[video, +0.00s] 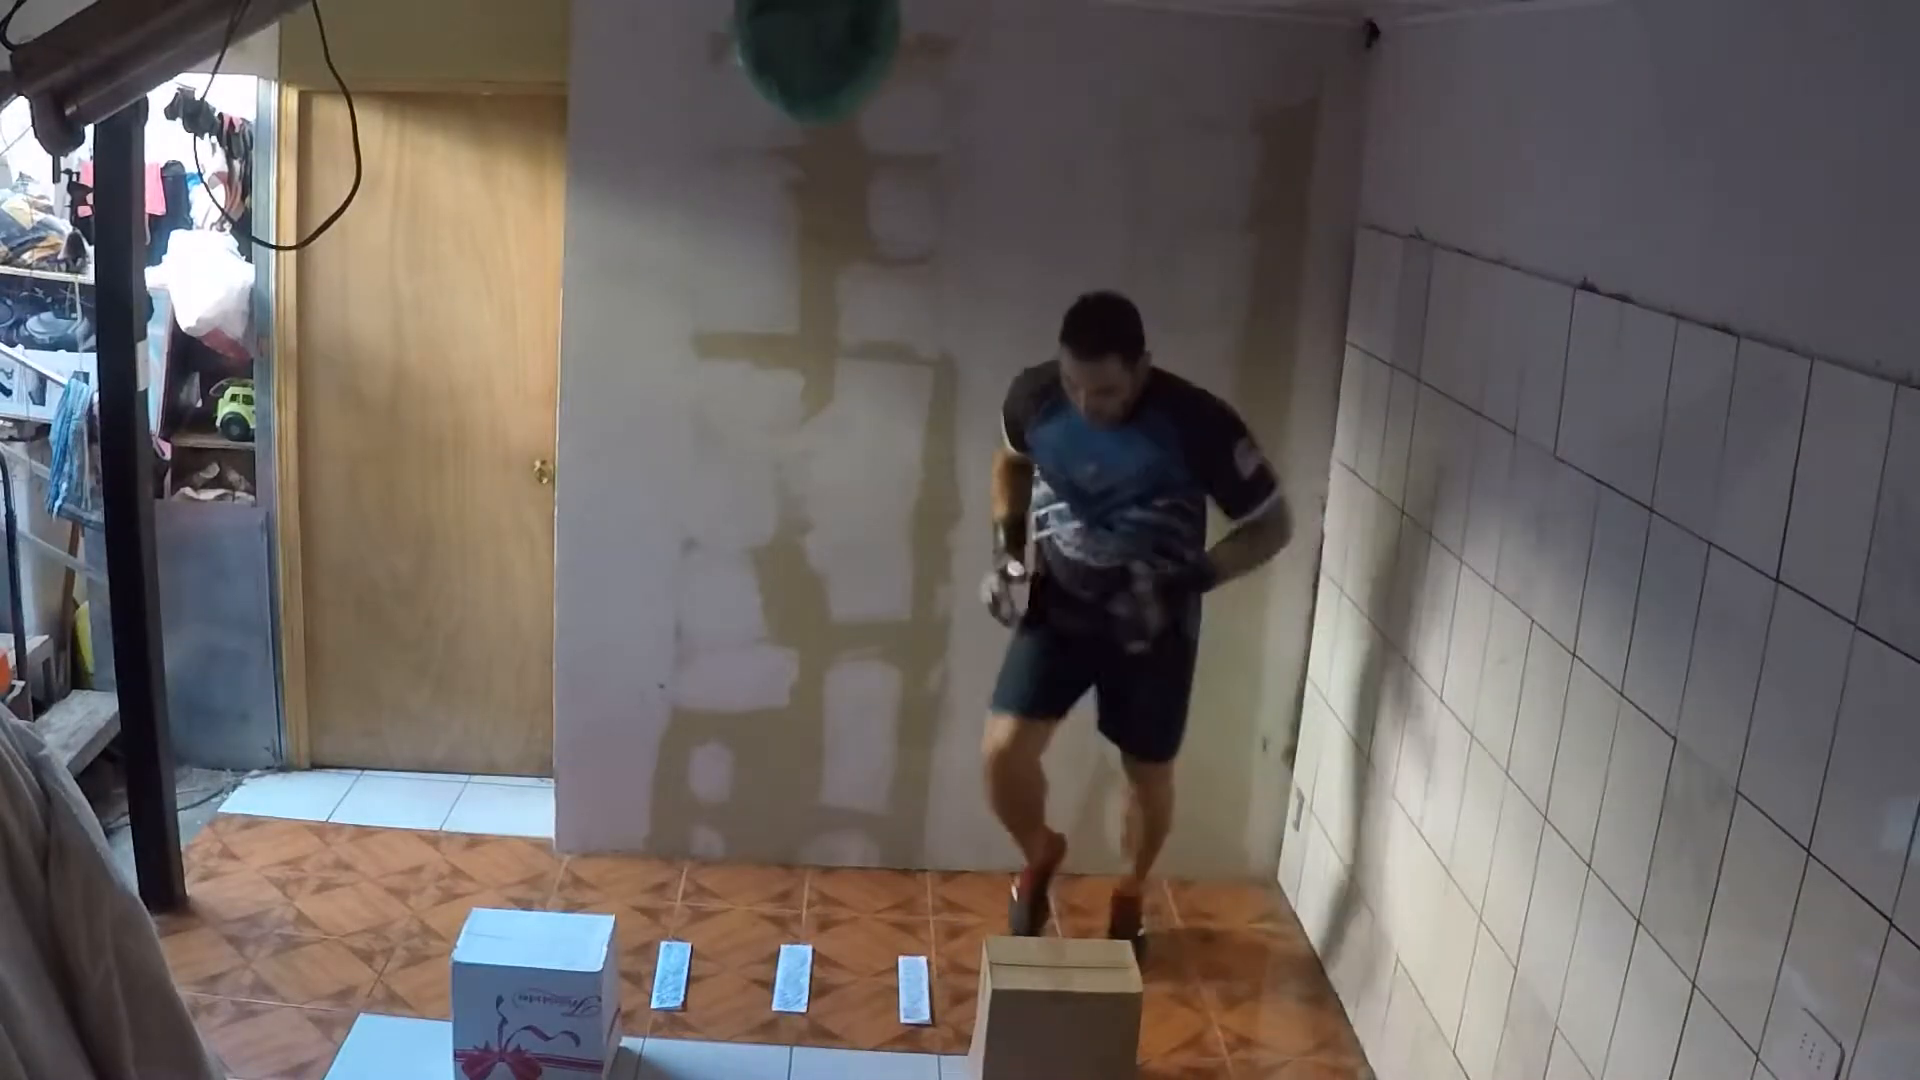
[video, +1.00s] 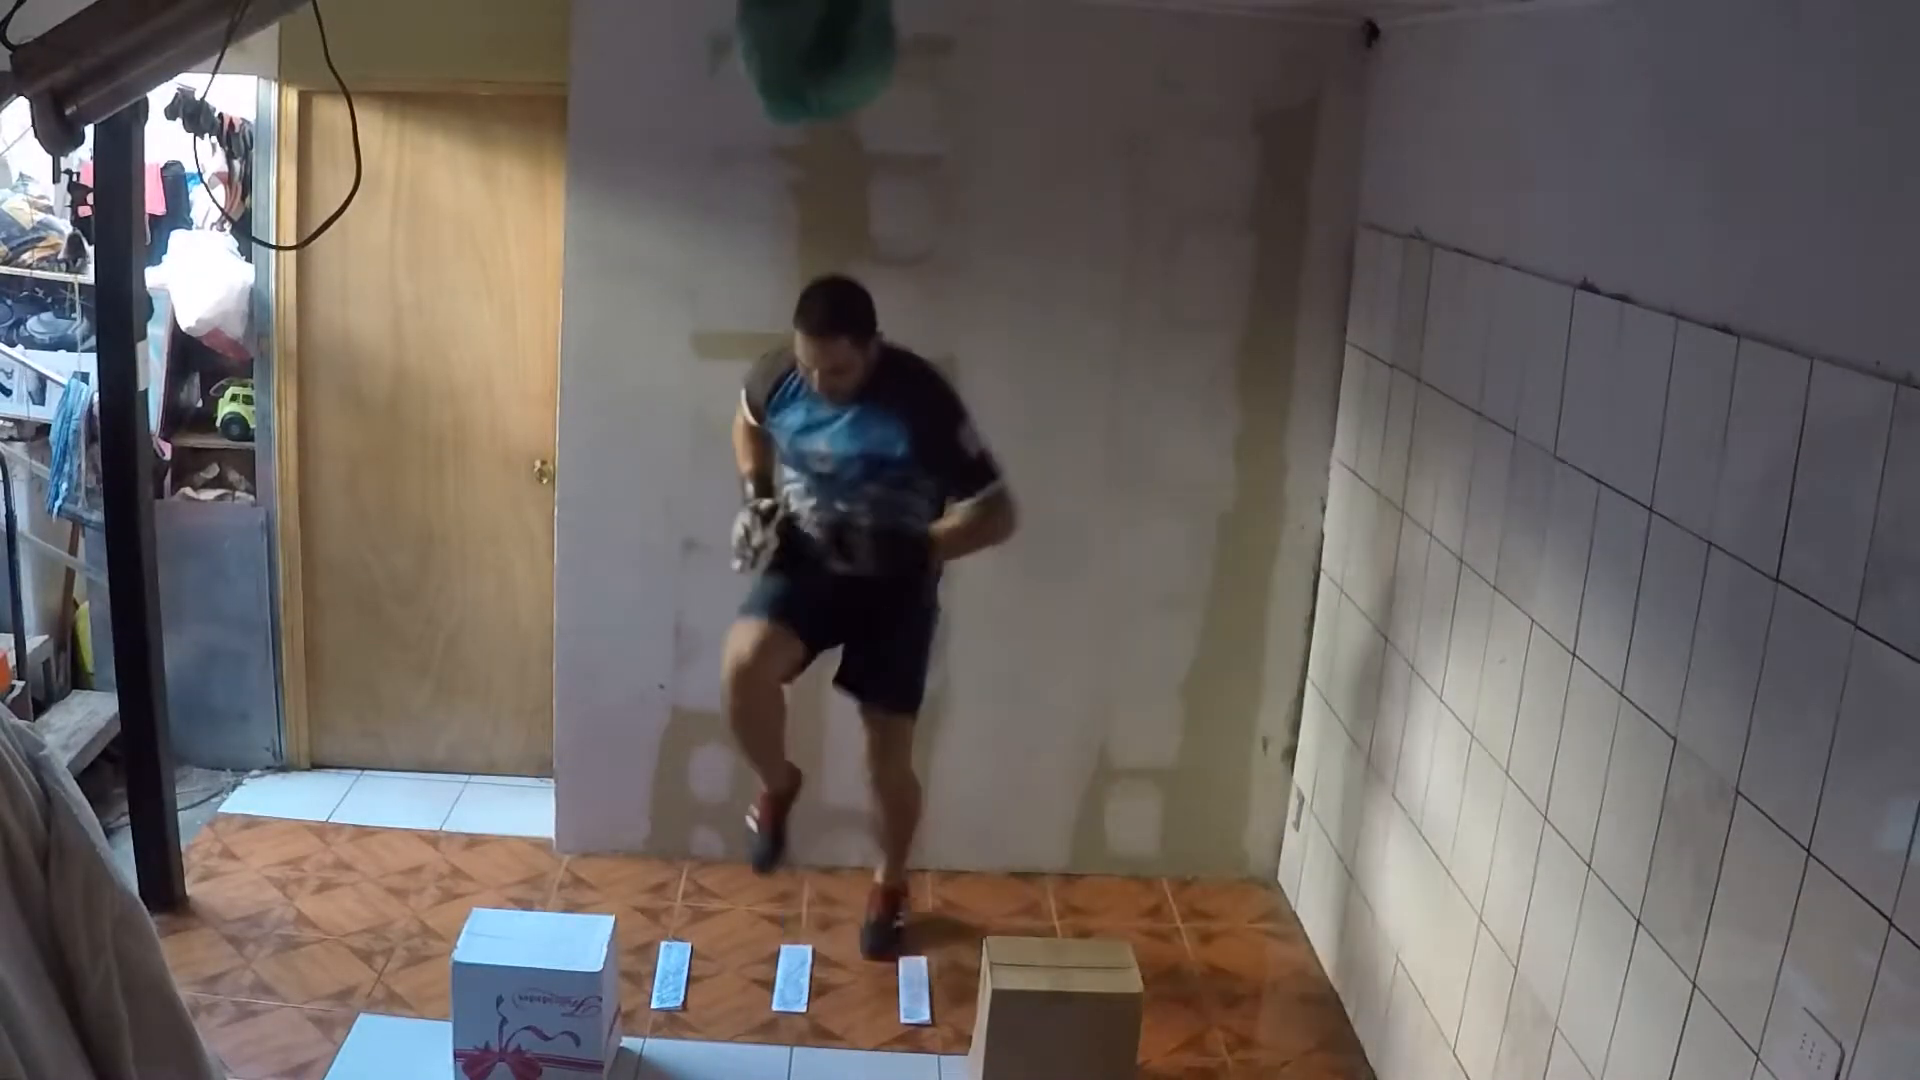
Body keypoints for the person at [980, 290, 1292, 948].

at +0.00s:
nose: (1092, 405)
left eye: (1107, 393)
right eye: (1080, 389)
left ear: (1139, 368)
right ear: (1062, 364)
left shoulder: (1197, 422)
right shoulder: (1033, 400)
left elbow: (1273, 523)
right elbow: (1013, 460)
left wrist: (1192, 577)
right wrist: (1010, 552)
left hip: (1154, 608)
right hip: (1061, 597)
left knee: (1146, 777)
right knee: (1004, 751)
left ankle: (1129, 893)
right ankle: (1040, 852)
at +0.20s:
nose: (1045, 402)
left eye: (1060, 388)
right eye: (1032, 386)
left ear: (1092, 363)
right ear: (1017, 361)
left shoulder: (1150, 404)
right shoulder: (988, 389)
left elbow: (1221, 507)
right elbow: (941, 431)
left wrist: (1144, 545)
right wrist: (954, 520)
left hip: (1111, 577)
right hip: (1017, 566)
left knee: (1114, 771)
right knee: (970, 739)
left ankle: (1123, 882)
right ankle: (977, 868)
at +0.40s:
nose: (991, 388)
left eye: (1006, 375)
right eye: (979, 373)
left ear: (1039, 350)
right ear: (964, 351)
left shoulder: (1089, 393)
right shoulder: (940, 391)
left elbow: (1202, 444)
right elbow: (894, 459)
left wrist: (1139, 547)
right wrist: (915, 513)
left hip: (1056, 590)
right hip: (968, 589)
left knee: (1057, 737)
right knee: (962, 755)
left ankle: (1058, 884)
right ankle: (976, 891)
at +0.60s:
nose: (937, 402)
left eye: (951, 389)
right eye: (927, 386)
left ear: (985, 366)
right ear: (912, 365)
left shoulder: (1035, 419)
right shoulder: (895, 396)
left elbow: (1103, 541)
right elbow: (870, 429)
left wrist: (1031, 559)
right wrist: (873, 503)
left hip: (1015, 609)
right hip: (926, 592)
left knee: (1031, 789)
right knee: (839, 684)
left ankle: (1066, 928)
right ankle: (891, 791)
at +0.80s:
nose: (862, 390)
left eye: (876, 376)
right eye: (851, 375)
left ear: (910, 354)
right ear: (838, 357)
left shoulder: (966, 393)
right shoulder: (824, 402)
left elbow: (1090, 434)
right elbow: (775, 509)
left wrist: (1039, 535)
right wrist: (793, 507)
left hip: (937, 599)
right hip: (848, 598)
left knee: (940, 739)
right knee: (825, 765)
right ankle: (822, 886)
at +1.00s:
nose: (822, 381)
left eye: (838, 369)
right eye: (811, 367)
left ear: (870, 346)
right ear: (796, 344)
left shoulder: (918, 393)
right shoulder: (776, 380)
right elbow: (750, 422)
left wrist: (920, 545)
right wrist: (757, 503)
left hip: (895, 581)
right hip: (806, 567)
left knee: (887, 751)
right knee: (744, 669)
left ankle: (890, 885)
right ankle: (777, 783)